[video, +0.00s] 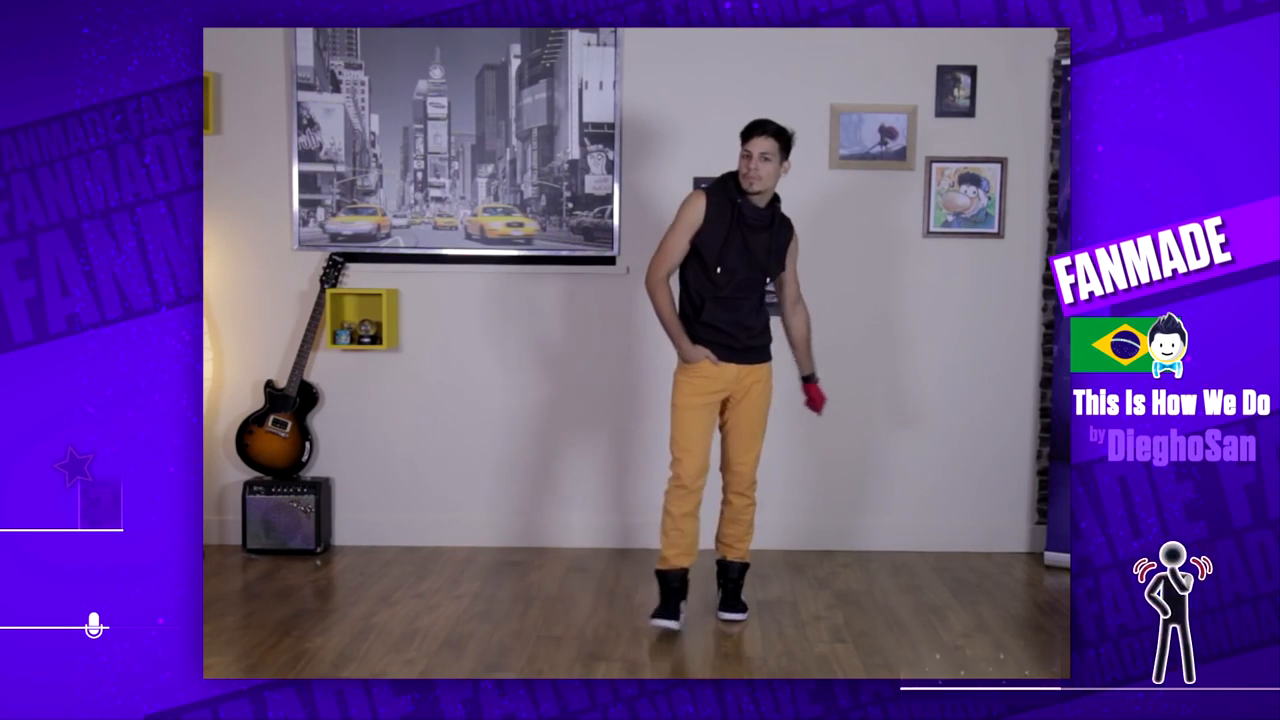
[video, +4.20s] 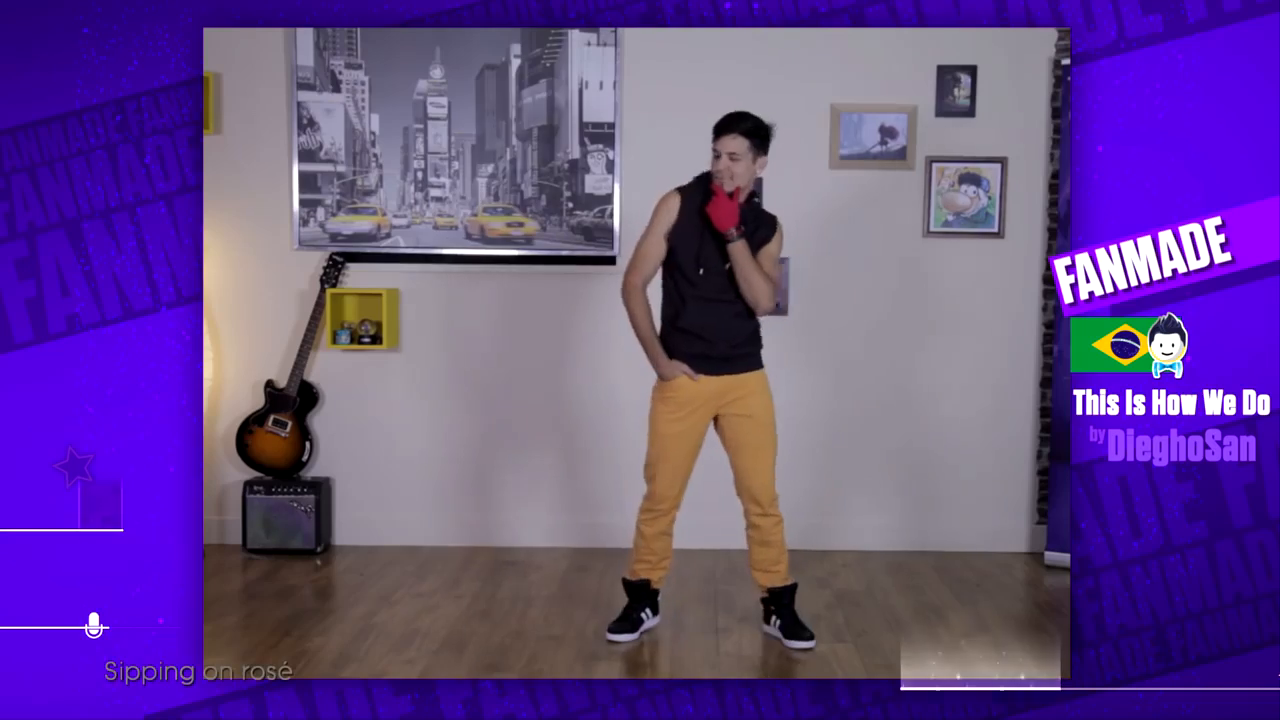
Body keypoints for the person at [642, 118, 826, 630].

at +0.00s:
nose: (752, 166)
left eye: (764, 158)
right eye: (746, 155)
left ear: (783, 168)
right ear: (737, 159)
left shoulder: (783, 231)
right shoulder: (704, 204)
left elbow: (793, 305)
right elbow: (656, 276)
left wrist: (808, 375)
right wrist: (684, 347)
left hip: (754, 371)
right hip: (700, 366)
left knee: (741, 481)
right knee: (686, 478)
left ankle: (731, 587)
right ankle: (672, 592)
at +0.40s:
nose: (707, 153)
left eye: (719, 145)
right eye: (700, 144)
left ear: (736, 155)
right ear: (690, 151)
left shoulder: (753, 226)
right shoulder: (658, 209)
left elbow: (767, 307)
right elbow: (625, 289)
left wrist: (747, 331)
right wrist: (650, 352)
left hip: (736, 376)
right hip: (677, 374)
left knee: (751, 483)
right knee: (661, 488)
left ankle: (737, 579)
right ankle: (643, 597)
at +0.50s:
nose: (696, 153)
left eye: (708, 146)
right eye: (689, 144)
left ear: (724, 157)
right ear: (677, 151)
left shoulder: (746, 219)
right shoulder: (649, 215)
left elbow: (764, 305)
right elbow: (612, 293)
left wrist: (720, 289)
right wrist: (644, 354)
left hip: (735, 376)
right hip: (673, 375)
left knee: (758, 481)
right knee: (660, 489)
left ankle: (750, 576)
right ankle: (644, 598)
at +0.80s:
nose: (725, 166)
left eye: (735, 157)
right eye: (715, 156)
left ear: (745, 157)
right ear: (696, 156)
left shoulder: (757, 202)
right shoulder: (684, 218)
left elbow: (742, 273)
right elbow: (662, 297)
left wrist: (710, 208)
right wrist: (664, 347)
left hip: (752, 378)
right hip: (691, 375)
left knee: (774, 494)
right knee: (665, 492)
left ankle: (800, 604)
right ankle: (653, 600)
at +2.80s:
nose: (719, 168)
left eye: (731, 160)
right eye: (715, 157)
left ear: (760, 164)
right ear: (710, 157)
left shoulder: (773, 225)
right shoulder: (684, 205)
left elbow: (775, 299)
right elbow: (641, 285)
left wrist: (733, 236)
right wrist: (663, 354)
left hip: (753, 378)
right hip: (690, 376)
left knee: (769, 491)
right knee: (663, 493)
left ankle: (789, 603)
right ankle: (644, 599)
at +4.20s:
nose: (722, 166)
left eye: (735, 158)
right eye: (717, 155)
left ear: (761, 165)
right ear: (709, 156)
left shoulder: (767, 229)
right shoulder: (678, 206)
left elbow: (764, 302)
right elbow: (633, 285)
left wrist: (733, 236)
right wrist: (660, 361)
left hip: (745, 383)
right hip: (682, 381)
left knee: (762, 497)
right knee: (661, 496)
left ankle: (778, 604)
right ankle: (642, 600)